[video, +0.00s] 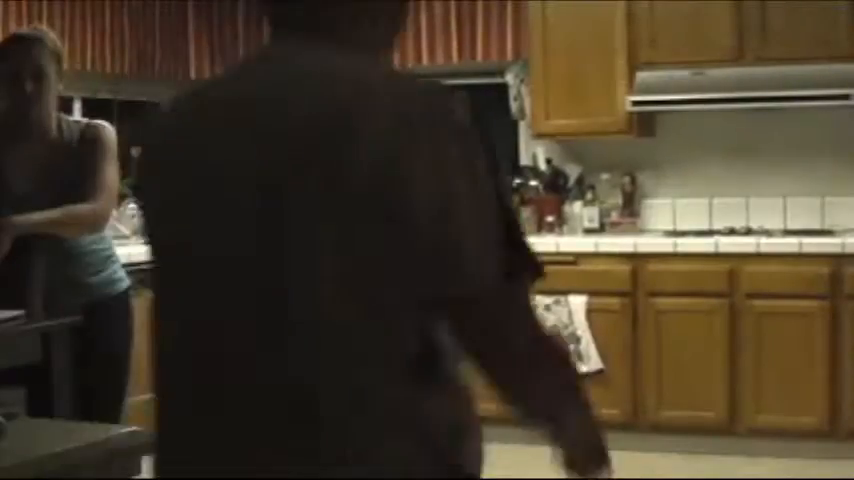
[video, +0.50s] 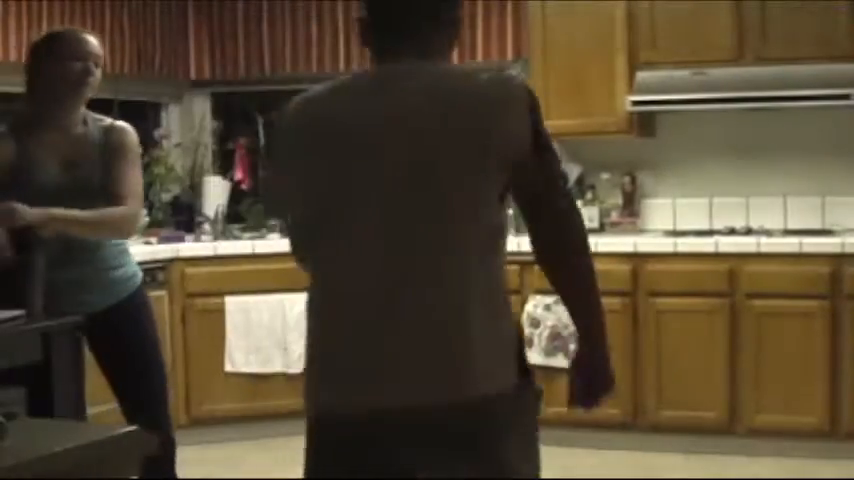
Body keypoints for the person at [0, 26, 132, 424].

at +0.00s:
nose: (26, 88)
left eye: (37, 77)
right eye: (15, 78)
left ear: (58, 80)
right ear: (2, 83)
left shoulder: (94, 135)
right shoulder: (7, 143)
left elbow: (98, 213)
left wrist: (16, 225)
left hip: (97, 298)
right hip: (30, 304)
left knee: (97, 431)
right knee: (41, 427)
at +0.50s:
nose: (89, 71)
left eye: (96, 64)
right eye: (76, 61)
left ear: (102, 75)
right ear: (43, 67)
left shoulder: (117, 136)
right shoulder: (13, 137)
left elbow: (129, 219)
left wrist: (45, 217)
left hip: (113, 296)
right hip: (38, 303)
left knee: (154, 425)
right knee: (52, 434)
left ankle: (161, 478)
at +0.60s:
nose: (106, 68)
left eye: (110, 61)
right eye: (91, 58)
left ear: (115, 73)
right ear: (55, 69)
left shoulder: (129, 135)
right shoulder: (21, 142)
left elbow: (156, 220)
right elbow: (2, 204)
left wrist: (77, 227)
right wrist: (22, 221)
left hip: (123, 298)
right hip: (51, 306)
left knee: (156, 420)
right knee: (62, 432)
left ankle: (155, 477)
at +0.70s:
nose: (121, 69)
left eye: (124, 62)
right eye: (108, 60)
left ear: (127, 74)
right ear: (71, 70)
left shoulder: (142, 136)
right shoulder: (44, 138)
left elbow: (177, 217)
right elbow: (5, 192)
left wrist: (139, 246)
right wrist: (71, 214)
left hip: (134, 300)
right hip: (67, 304)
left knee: (159, 416)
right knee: (75, 427)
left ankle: (154, 476)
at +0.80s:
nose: (138, 73)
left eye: (141, 66)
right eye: (125, 63)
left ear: (146, 77)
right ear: (91, 74)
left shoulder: (156, 138)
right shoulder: (71, 139)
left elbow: (184, 214)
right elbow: (31, 200)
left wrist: (176, 257)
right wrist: (120, 218)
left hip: (146, 303)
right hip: (86, 304)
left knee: (166, 415)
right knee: (90, 424)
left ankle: (150, 477)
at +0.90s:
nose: (159, 79)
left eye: (161, 71)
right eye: (147, 70)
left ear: (164, 79)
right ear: (113, 80)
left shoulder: (165, 139)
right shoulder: (101, 143)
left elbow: (186, 210)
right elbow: (88, 214)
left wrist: (200, 249)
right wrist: (189, 228)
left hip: (160, 300)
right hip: (105, 304)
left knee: (182, 412)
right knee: (104, 423)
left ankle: (154, 477)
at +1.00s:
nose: (177, 81)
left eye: (179, 73)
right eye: (164, 73)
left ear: (179, 80)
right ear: (130, 82)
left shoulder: (170, 140)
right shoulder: (124, 143)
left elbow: (185, 211)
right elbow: (138, 213)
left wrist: (213, 251)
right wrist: (237, 230)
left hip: (170, 296)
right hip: (126, 297)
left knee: (193, 410)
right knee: (135, 420)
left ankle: (159, 476)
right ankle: (120, 477)